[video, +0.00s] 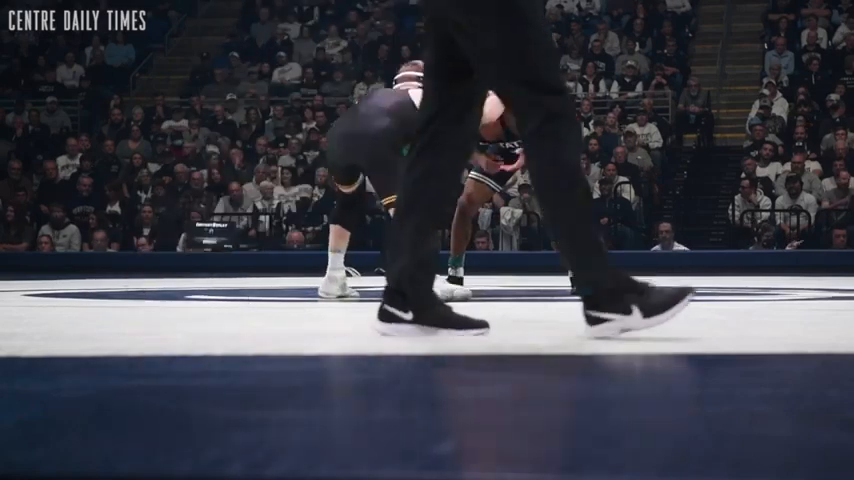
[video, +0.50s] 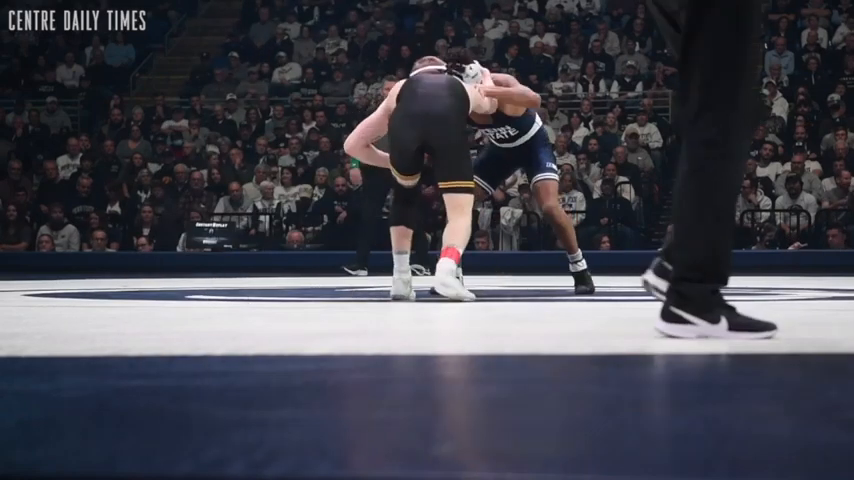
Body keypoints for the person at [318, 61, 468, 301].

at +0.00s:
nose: (497, 137)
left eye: (502, 134)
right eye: (501, 131)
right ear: (495, 118)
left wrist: (480, 159)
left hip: (340, 135)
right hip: (378, 137)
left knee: (348, 200)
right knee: (405, 212)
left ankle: (333, 277)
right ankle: (423, 281)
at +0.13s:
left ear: (403, 92)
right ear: (437, 99)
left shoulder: (378, 99)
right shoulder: (443, 124)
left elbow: (333, 162)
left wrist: (370, 195)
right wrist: (395, 195)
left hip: (358, 142)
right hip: (399, 147)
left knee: (358, 197)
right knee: (412, 231)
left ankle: (335, 277)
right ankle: (430, 280)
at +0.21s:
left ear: (417, 93)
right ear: (448, 101)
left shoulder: (391, 104)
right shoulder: (453, 120)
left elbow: (336, 150)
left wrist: (366, 191)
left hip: (369, 142)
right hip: (410, 147)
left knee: (363, 204)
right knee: (424, 238)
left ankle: (336, 279)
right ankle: (437, 286)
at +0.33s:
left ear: (417, 78)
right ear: (452, 80)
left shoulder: (401, 87)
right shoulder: (462, 98)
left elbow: (351, 132)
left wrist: (387, 164)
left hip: (394, 137)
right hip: (437, 147)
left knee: (377, 200)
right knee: (442, 229)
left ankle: (352, 275)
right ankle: (438, 280)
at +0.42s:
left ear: (414, 74)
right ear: (447, 72)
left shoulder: (400, 86)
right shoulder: (463, 90)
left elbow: (349, 136)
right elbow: (476, 98)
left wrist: (394, 158)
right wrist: (468, 75)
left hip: (401, 132)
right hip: (446, 138)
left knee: (389, 191)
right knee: (449, 222)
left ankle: (382, 271)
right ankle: (441, 278)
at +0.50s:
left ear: (411, 75)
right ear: (445, 70)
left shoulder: (399, 89)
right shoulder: (461, 87)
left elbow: (354, 145)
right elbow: (488, 105)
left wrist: (394, 161)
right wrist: (484, 79)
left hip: (405, 122)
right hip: (448, 127)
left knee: (405, 192)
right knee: (459, 214)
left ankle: (400, 277)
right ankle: (446, 271)